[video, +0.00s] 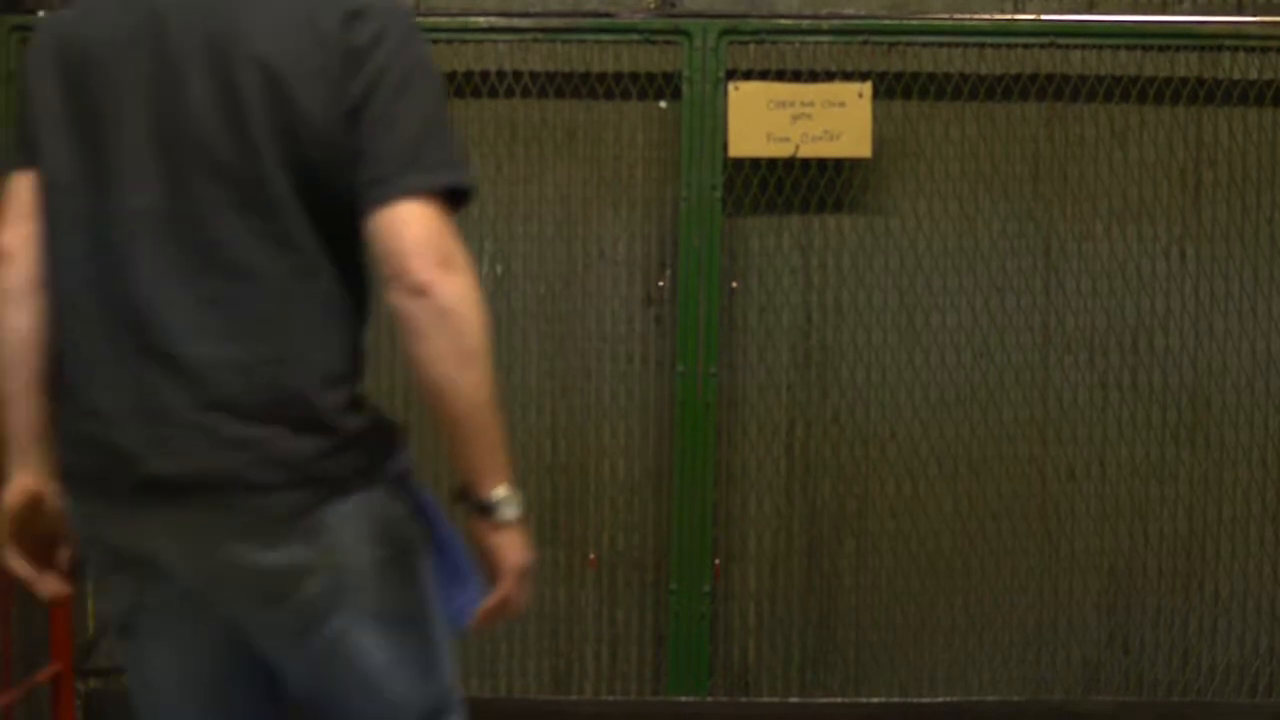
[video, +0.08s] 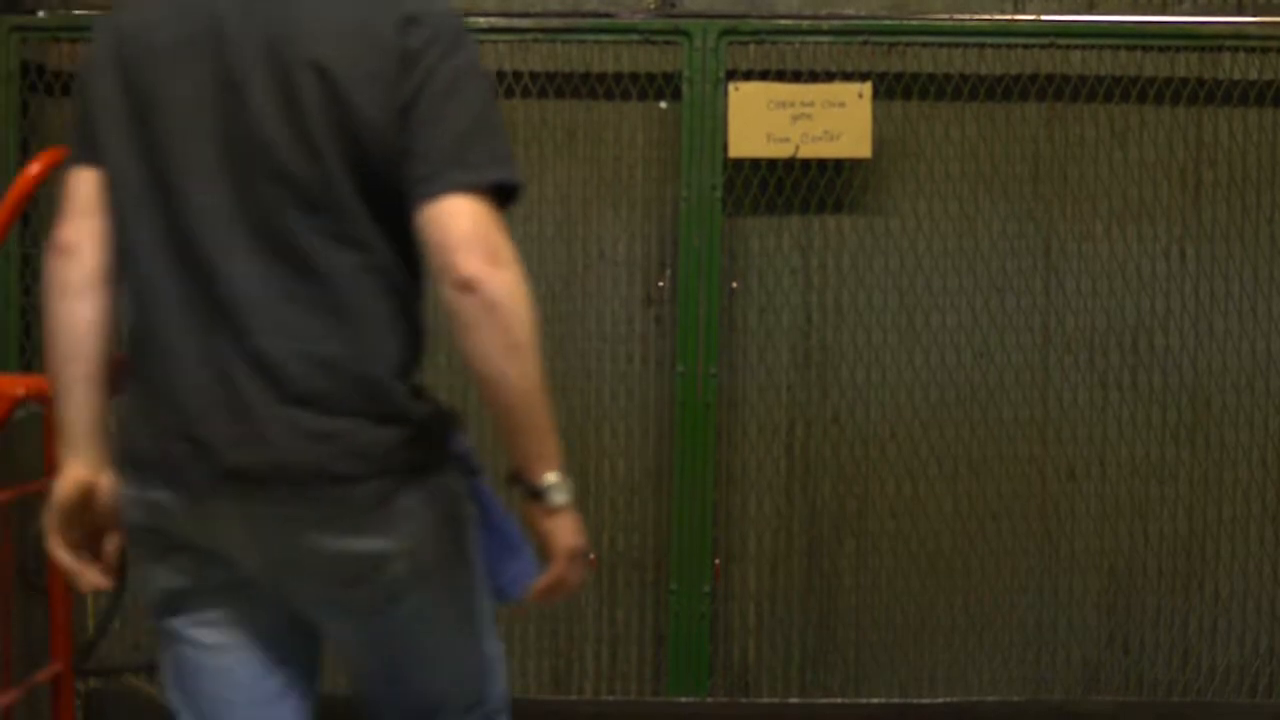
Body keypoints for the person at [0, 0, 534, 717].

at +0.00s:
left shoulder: (66, 33)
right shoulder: (360, 25)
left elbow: (19, 253)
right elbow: (422, 272)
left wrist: (26, 463)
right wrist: (491, 496)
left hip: (119, 495)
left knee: (189, 704)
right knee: (402, 703)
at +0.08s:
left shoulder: (127, 30)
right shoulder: (411, 27)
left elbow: (77, 243)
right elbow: (471, 268)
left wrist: (81, 455)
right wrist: (545, 483)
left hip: (176, 487)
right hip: (365, 486)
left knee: (232, 709)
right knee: (450, 708)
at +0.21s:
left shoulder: (221, 72)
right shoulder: (488, 75)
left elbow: (171, 277)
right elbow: (546, 301)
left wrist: (168, 474)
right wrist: (619, 499)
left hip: (268, 508)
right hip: (451, 511)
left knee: (296, 707)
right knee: (522, 706)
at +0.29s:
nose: (526, 4)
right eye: (523, 6)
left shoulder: (286, 89)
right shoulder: (542, 96)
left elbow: (237, 288)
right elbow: (598, 318)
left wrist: (237, 475)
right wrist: (664, 503)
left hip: (339, 500)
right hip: (515, 505)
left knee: (348, 710)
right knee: (565, 710)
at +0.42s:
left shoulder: (365, 75)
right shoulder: (614, 84)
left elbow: (320, 265)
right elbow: (670, 298)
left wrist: (330, 434)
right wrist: (729, 467)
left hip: (427, 461)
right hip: (588, 460)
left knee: (450, 698)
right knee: (613, 698)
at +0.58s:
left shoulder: (434, 73)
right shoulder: (677, 72)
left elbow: (398, 271)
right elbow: (757, 275)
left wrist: (410, 370)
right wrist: (796, 395)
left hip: (496, 418)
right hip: (636, 416)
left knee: (542, 628)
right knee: (626, 671)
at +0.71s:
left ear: (553, 4)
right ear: (641, 1)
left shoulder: (476, 102)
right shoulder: (699, 93)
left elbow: (436, 294)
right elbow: (801, 278)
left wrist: (457, 319)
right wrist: (835, 335)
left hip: (536, 426)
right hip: (668, 424)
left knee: (587, 659)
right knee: (642, 681)